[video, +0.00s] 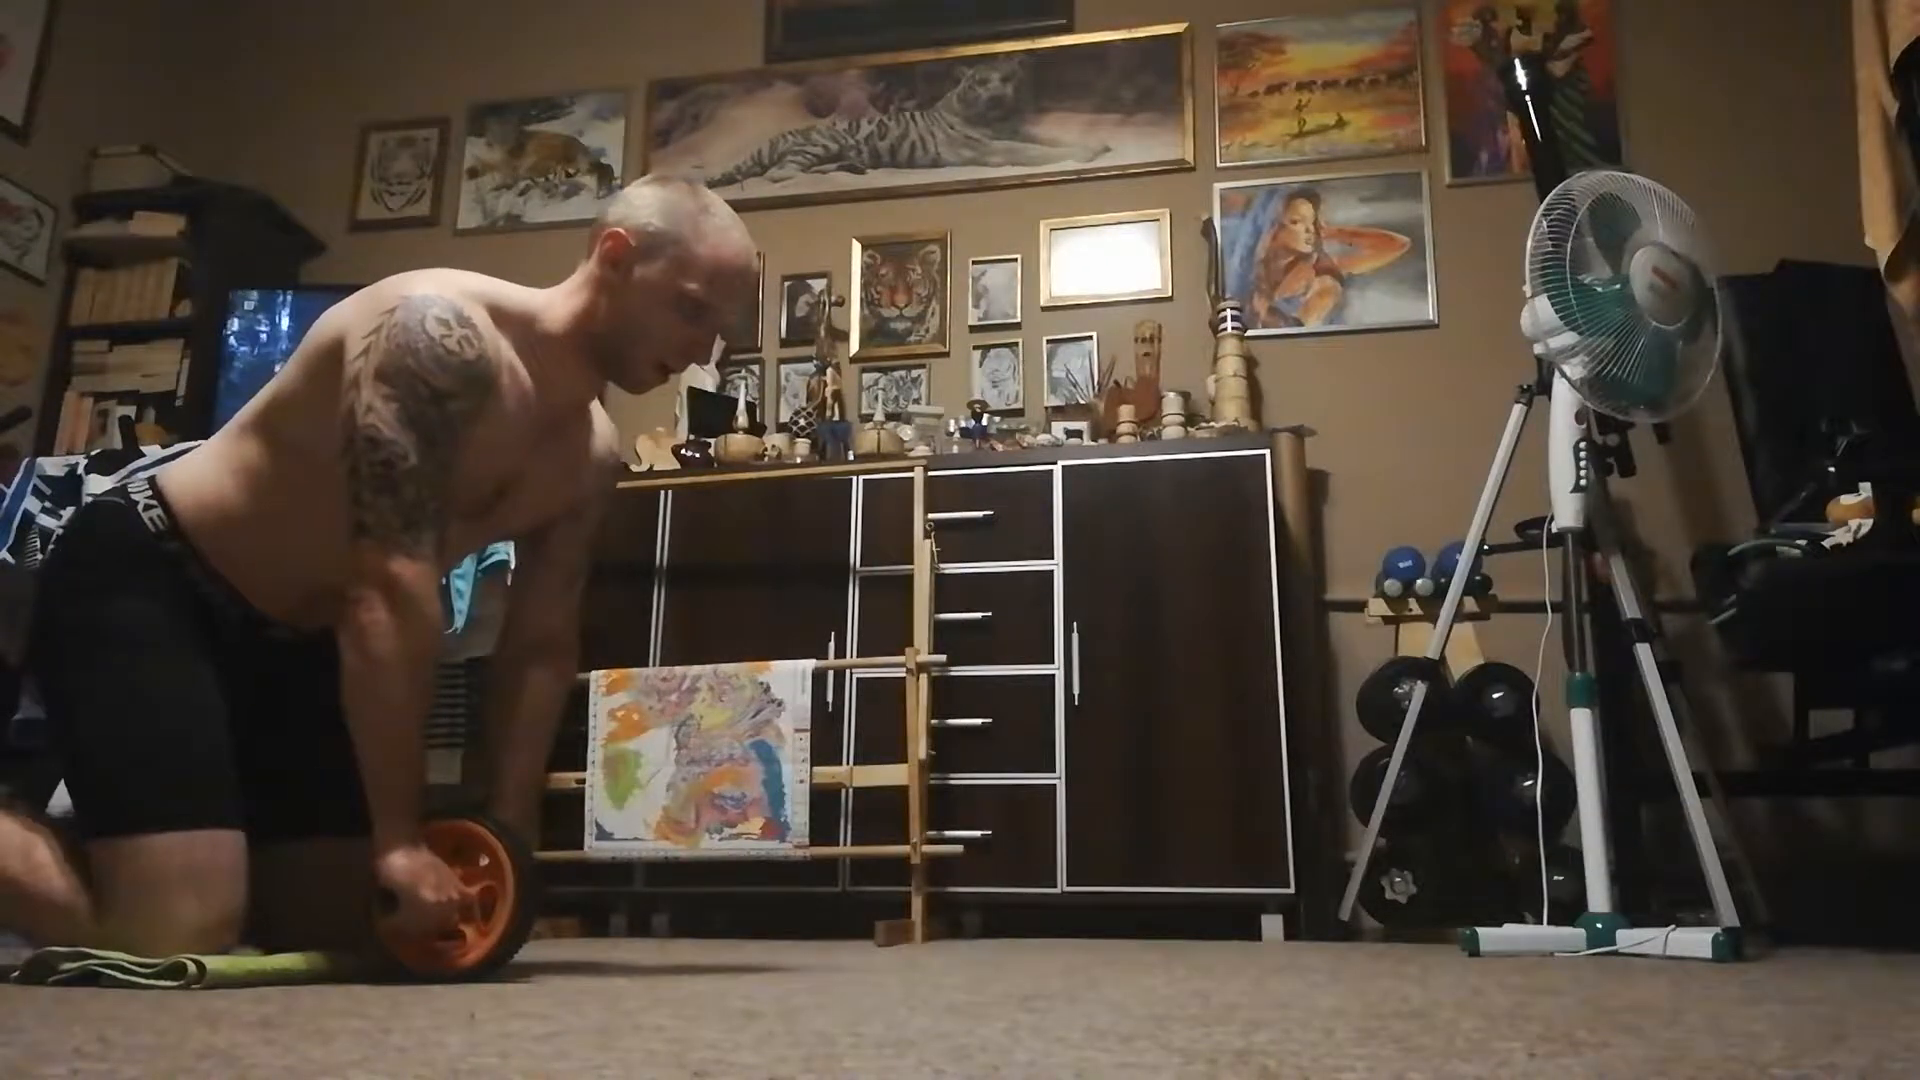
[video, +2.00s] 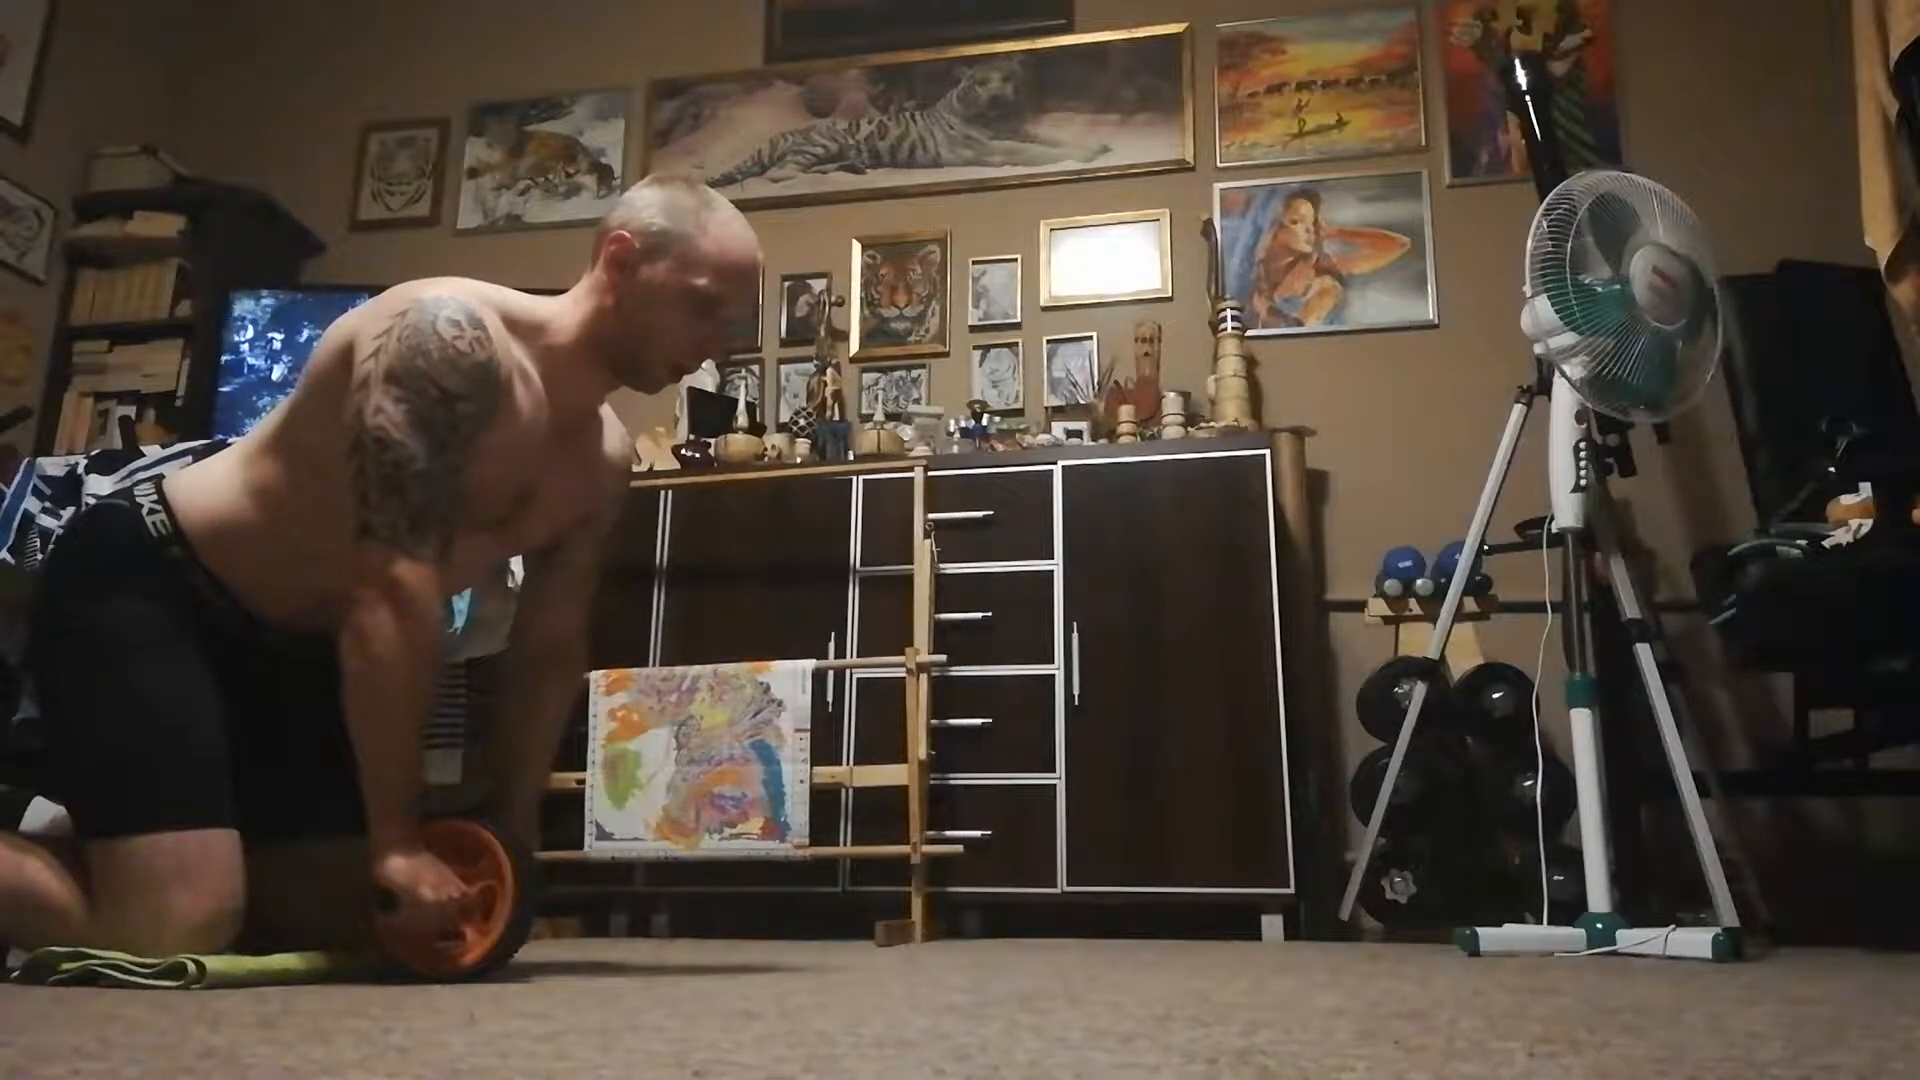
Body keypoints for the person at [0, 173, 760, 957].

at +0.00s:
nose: (710, 349)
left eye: (724, 329)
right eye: (698, 313)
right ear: (616, 254)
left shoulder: (591, 453)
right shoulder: (435, 333)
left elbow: (537, 655)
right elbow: (384, 602)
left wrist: (497, 854)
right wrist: (401, 847)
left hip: (288, 636)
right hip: (143, 570)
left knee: (350, 922)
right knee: (181, 926)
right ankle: (10, 838)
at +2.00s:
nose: (723, 346)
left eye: (736, 323)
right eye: (710, 309)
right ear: (622, 258)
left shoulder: (603, 461)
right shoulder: (449, 342)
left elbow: (546, 666)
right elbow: (384, 605)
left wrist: (497, 860)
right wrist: (398, 849)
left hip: (290, 636)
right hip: (143, 574)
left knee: (347, 912)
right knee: (180, 922)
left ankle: (72, 865)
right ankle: (10, 866)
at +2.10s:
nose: (719, 347)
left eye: (733, 323)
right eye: (707, 308)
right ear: (620, 259)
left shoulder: (603, 461)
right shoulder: (443, 339)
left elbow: (543, 668)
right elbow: (386, 603)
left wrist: (489, 864)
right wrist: (398, 848)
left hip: (287, 636)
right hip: (142, 573)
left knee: (354, 911)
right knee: (180, 924)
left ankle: (92, 871)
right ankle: (9, 864)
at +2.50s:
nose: (726, 355)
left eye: (741, 332)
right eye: (713, 319)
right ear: (630, 269)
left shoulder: (609, 469)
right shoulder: (457, 340)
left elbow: (552, 676)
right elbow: (386, 599)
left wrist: (507, 868)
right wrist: (412, 842)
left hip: (293, 640)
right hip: (147, 575)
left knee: (349, 916)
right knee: (172, 931)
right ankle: (10, 860)